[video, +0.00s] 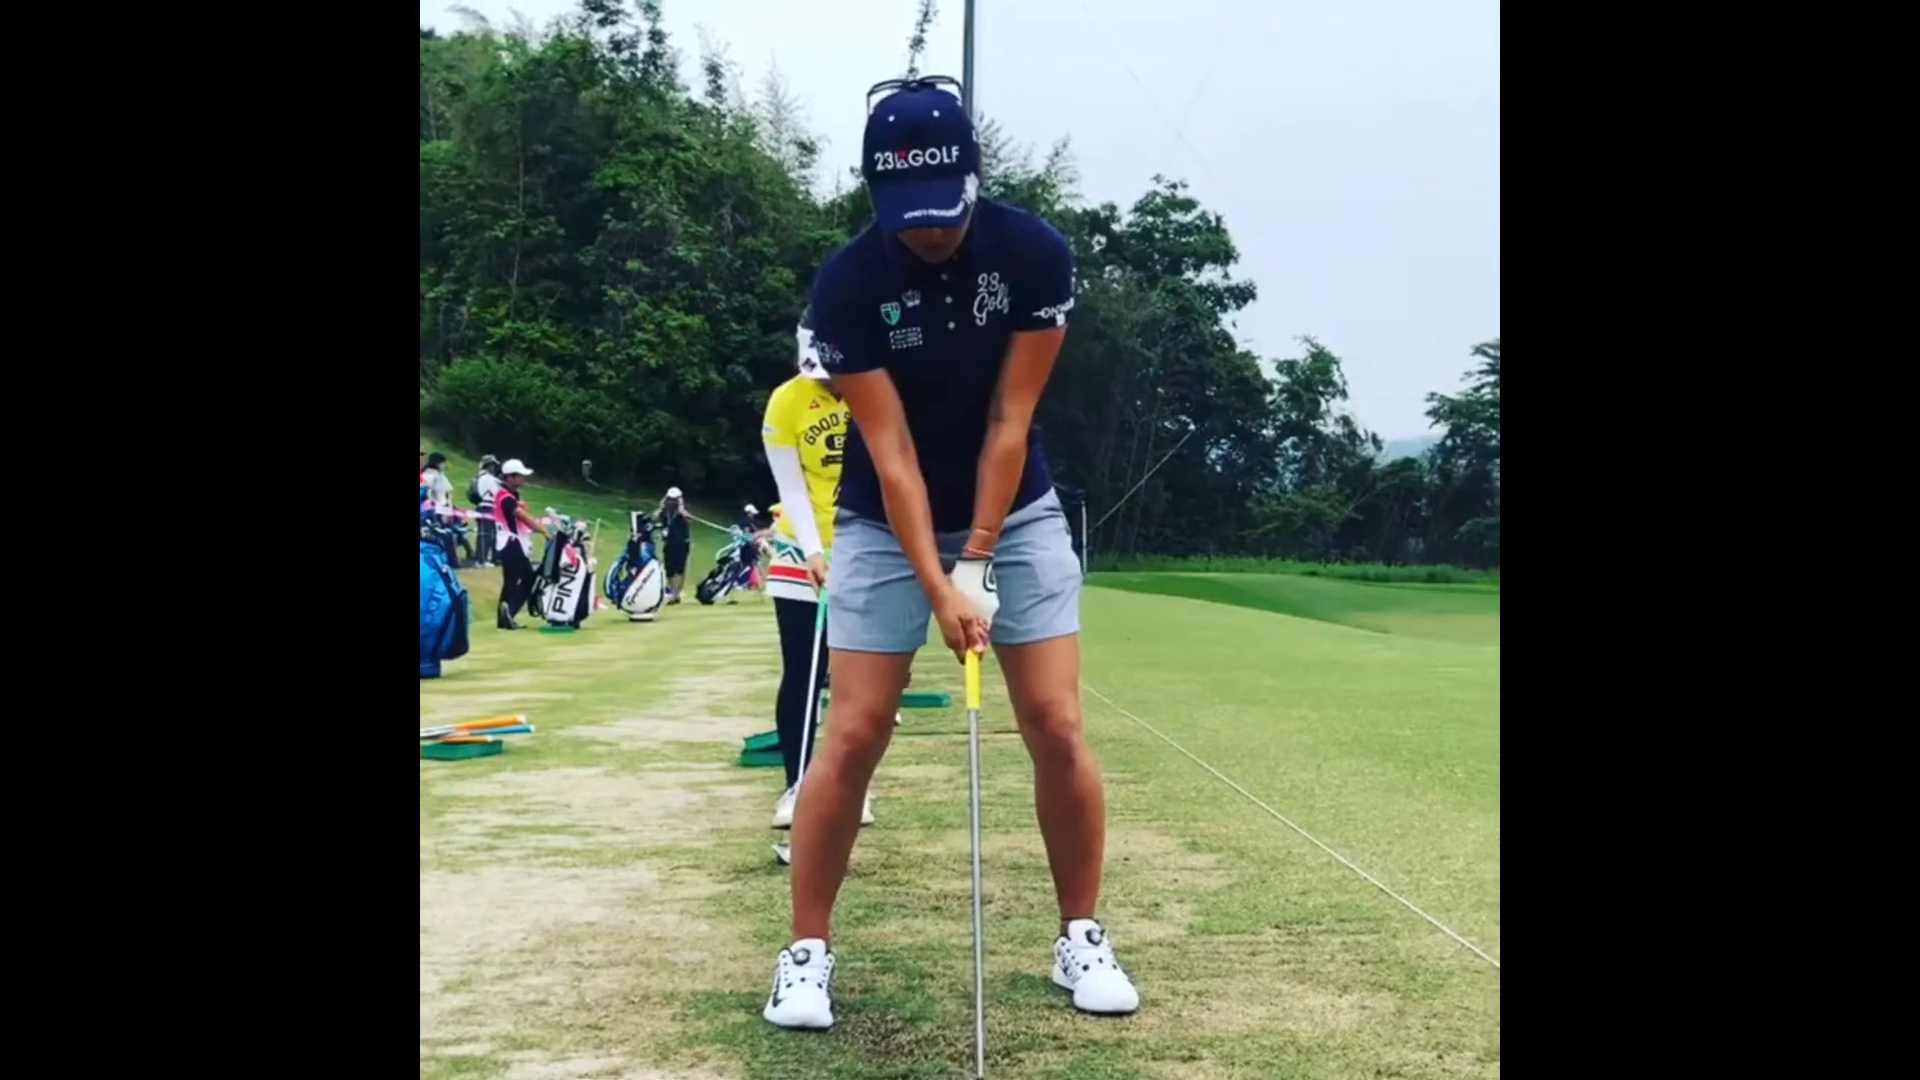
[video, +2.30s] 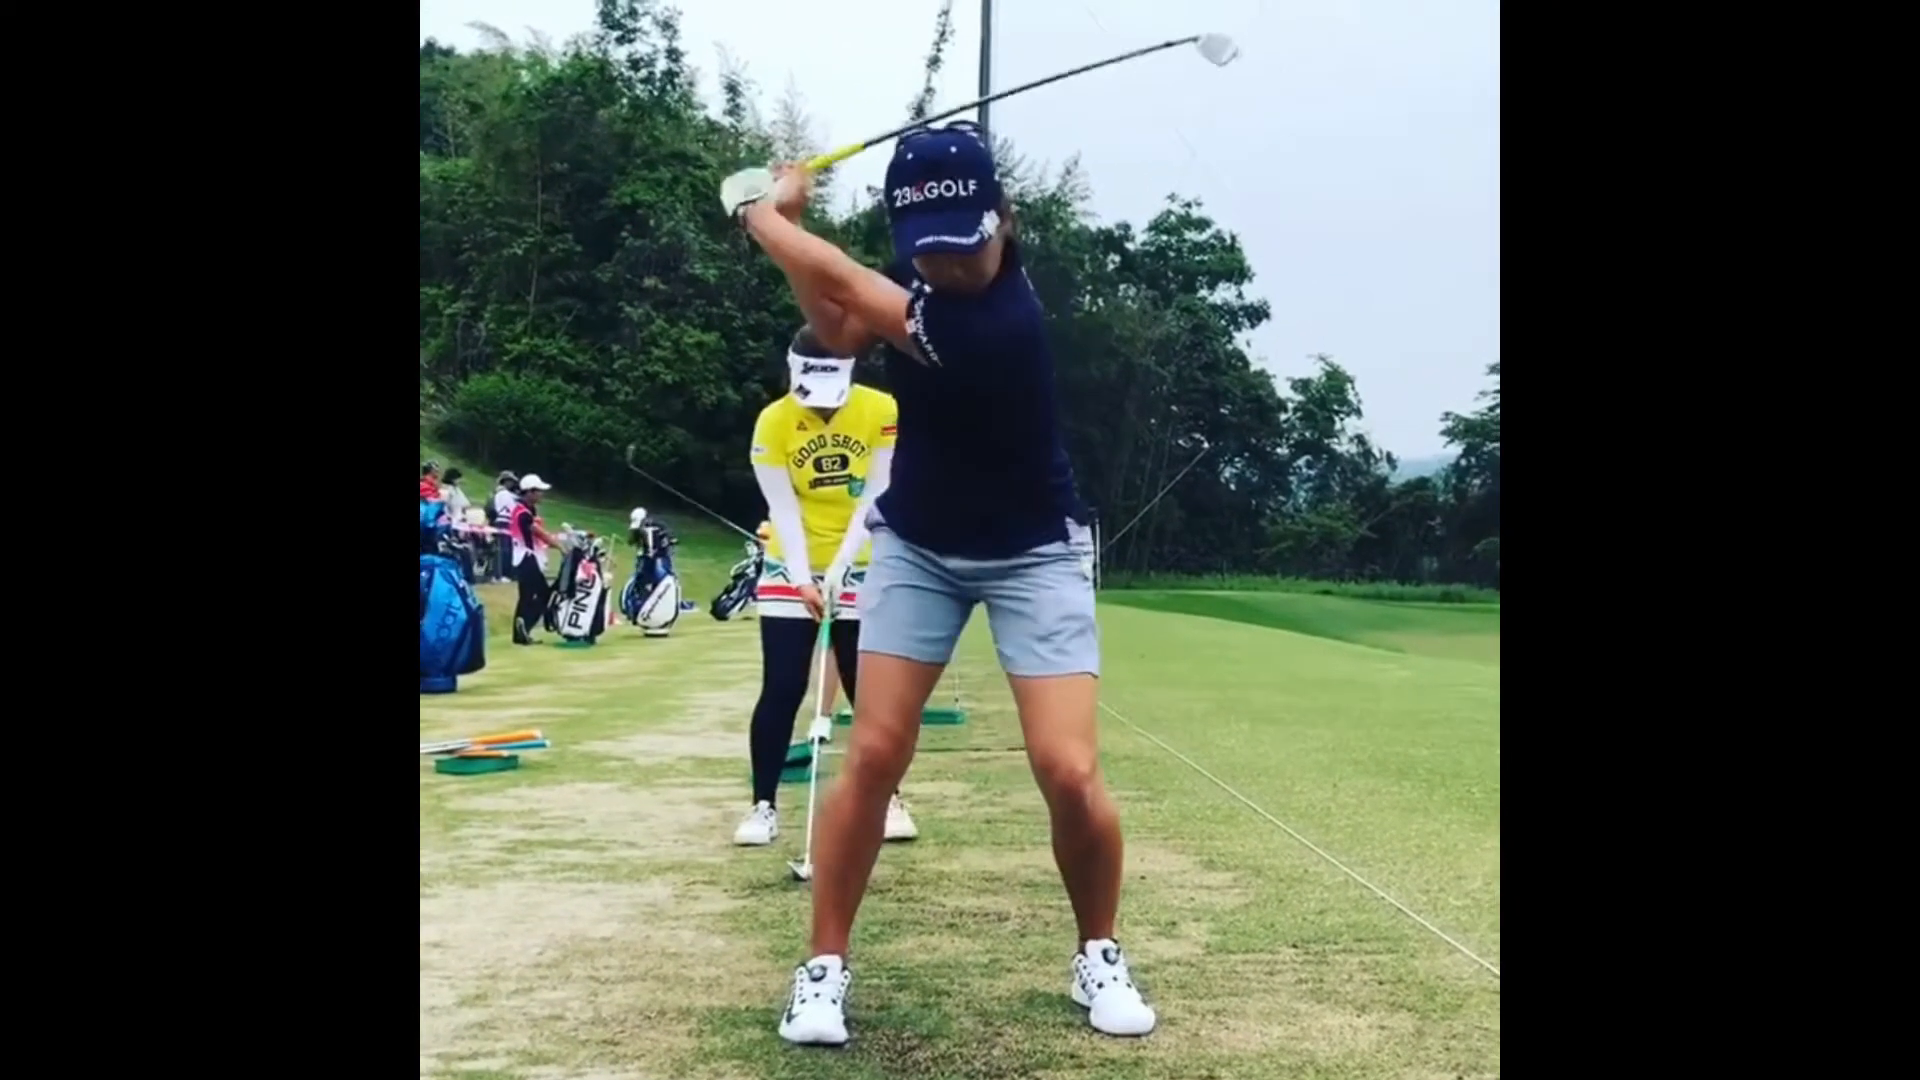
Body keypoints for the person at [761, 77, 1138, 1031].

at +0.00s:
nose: (931, 226)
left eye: (946, 204)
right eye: (911, 209)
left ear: (973, 176)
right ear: (879, 188)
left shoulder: (1033, 256)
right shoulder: (844, 287)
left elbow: (1011, 420)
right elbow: (891, 454)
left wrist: (977, 559)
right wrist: (937, 584)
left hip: (1013, 507)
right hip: (884, 515)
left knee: (1057, 726)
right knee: (855, 731)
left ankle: (1082, 938)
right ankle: (807, 949)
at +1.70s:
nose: (941, 247)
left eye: (958, 226)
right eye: (922, 229)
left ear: (986, 203)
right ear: (892, 207)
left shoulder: (1032, 296)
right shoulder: (847, 292)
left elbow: (971, 457)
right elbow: (858, 450)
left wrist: (919, 600)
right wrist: (865, 602)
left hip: (1013, 530)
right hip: (891, 535)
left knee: (1066, 741)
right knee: (858, 743)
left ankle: (1100, 942)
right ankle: (825, 954)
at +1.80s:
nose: (941, 250)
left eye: (959, 232)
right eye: (924, 232)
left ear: (990, 207)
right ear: (893, 207)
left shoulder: (1016, 310)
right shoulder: (852, 278)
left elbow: (903, 465)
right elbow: (823, 426)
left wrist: (808, 582)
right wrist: (767, 563)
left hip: (1017, 536)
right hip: (894, 539)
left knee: (1068, 748)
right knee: (863, 736)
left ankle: (1101, 944)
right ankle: (826, 956)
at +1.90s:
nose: (939, 253)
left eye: (957, 234)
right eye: (921, 234)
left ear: (991, 212)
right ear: (896, 209)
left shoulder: (999, 322)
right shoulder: (875, 260)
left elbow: (833, 416)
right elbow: (797, 375)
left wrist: (698, 487)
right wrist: (685, 453)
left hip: (1017, 541)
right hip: (895, 541)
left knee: (1068, 757)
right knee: (867, 736)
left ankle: (1103, 946)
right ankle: (828, 958)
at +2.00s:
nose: (936, 255)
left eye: (957, 237)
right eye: (920, 235)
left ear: (993, 217)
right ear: (897, 211)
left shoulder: (981, 321)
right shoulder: (896, 250)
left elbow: (790, 344)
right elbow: (808, 332)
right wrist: (682, 325)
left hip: (1017, 545)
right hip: (898, 541)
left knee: (1064, 764)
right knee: (869, 733)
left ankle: (1103, 947)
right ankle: (828, 958)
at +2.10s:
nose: (930, 250)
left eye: (952, 233)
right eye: (915, 230)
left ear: (989, 217)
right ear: (891, 212)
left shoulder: (980, 314)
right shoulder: (899, 269)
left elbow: (823, 310)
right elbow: (818, 305)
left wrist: (719, 230)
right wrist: (736, 230)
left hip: (1016, 550)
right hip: (897, 544)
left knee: (1059, 771)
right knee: (871, 737)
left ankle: (1103, 950)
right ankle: (828, 962)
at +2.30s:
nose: (954, 260)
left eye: (970, 238)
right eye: (932, 244)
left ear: (1000, 216)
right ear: (904, 231)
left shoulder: (1002, 316)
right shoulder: (911, 288)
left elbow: (842, 283)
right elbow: (837, 329)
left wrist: (758, 212)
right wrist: (785, 226)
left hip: (1036, 556)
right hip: (917, 551)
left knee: (1071, 774)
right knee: (874, 750)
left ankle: (1099, 953)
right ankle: (825, 964)